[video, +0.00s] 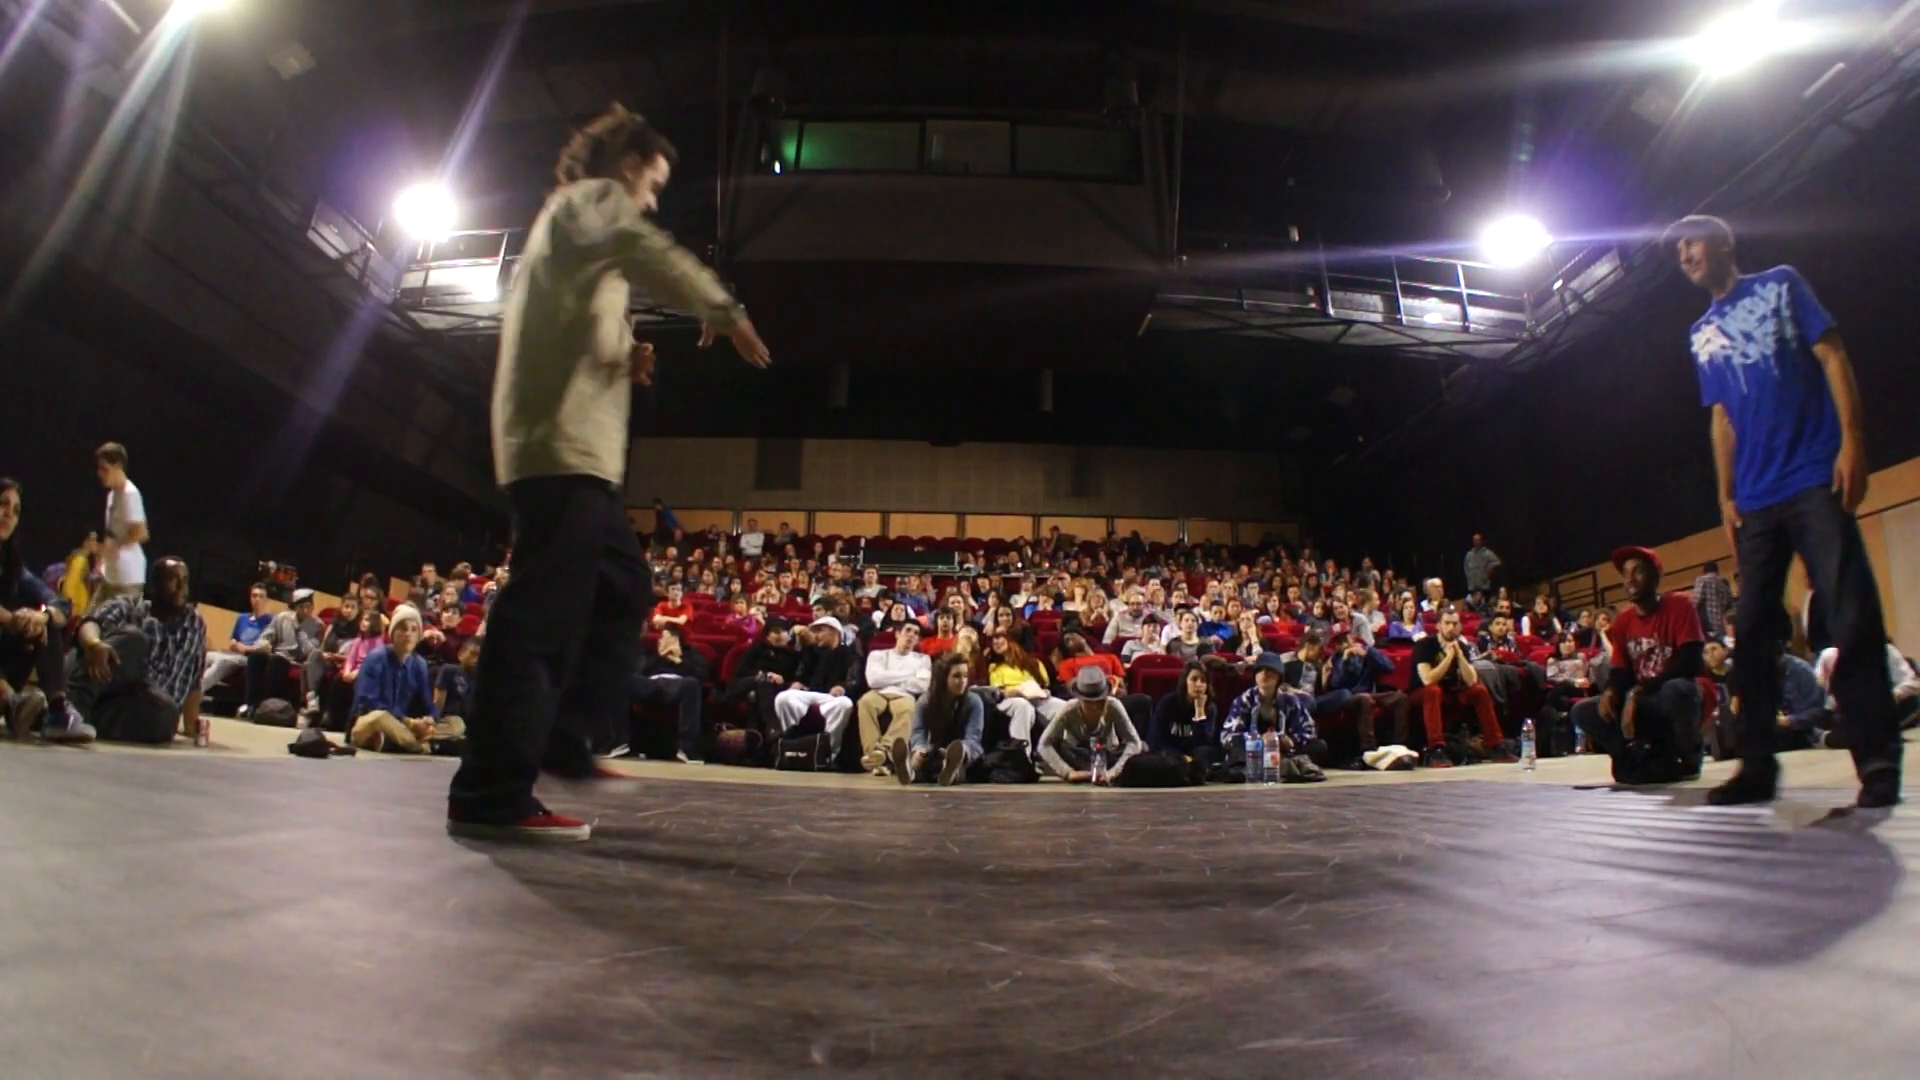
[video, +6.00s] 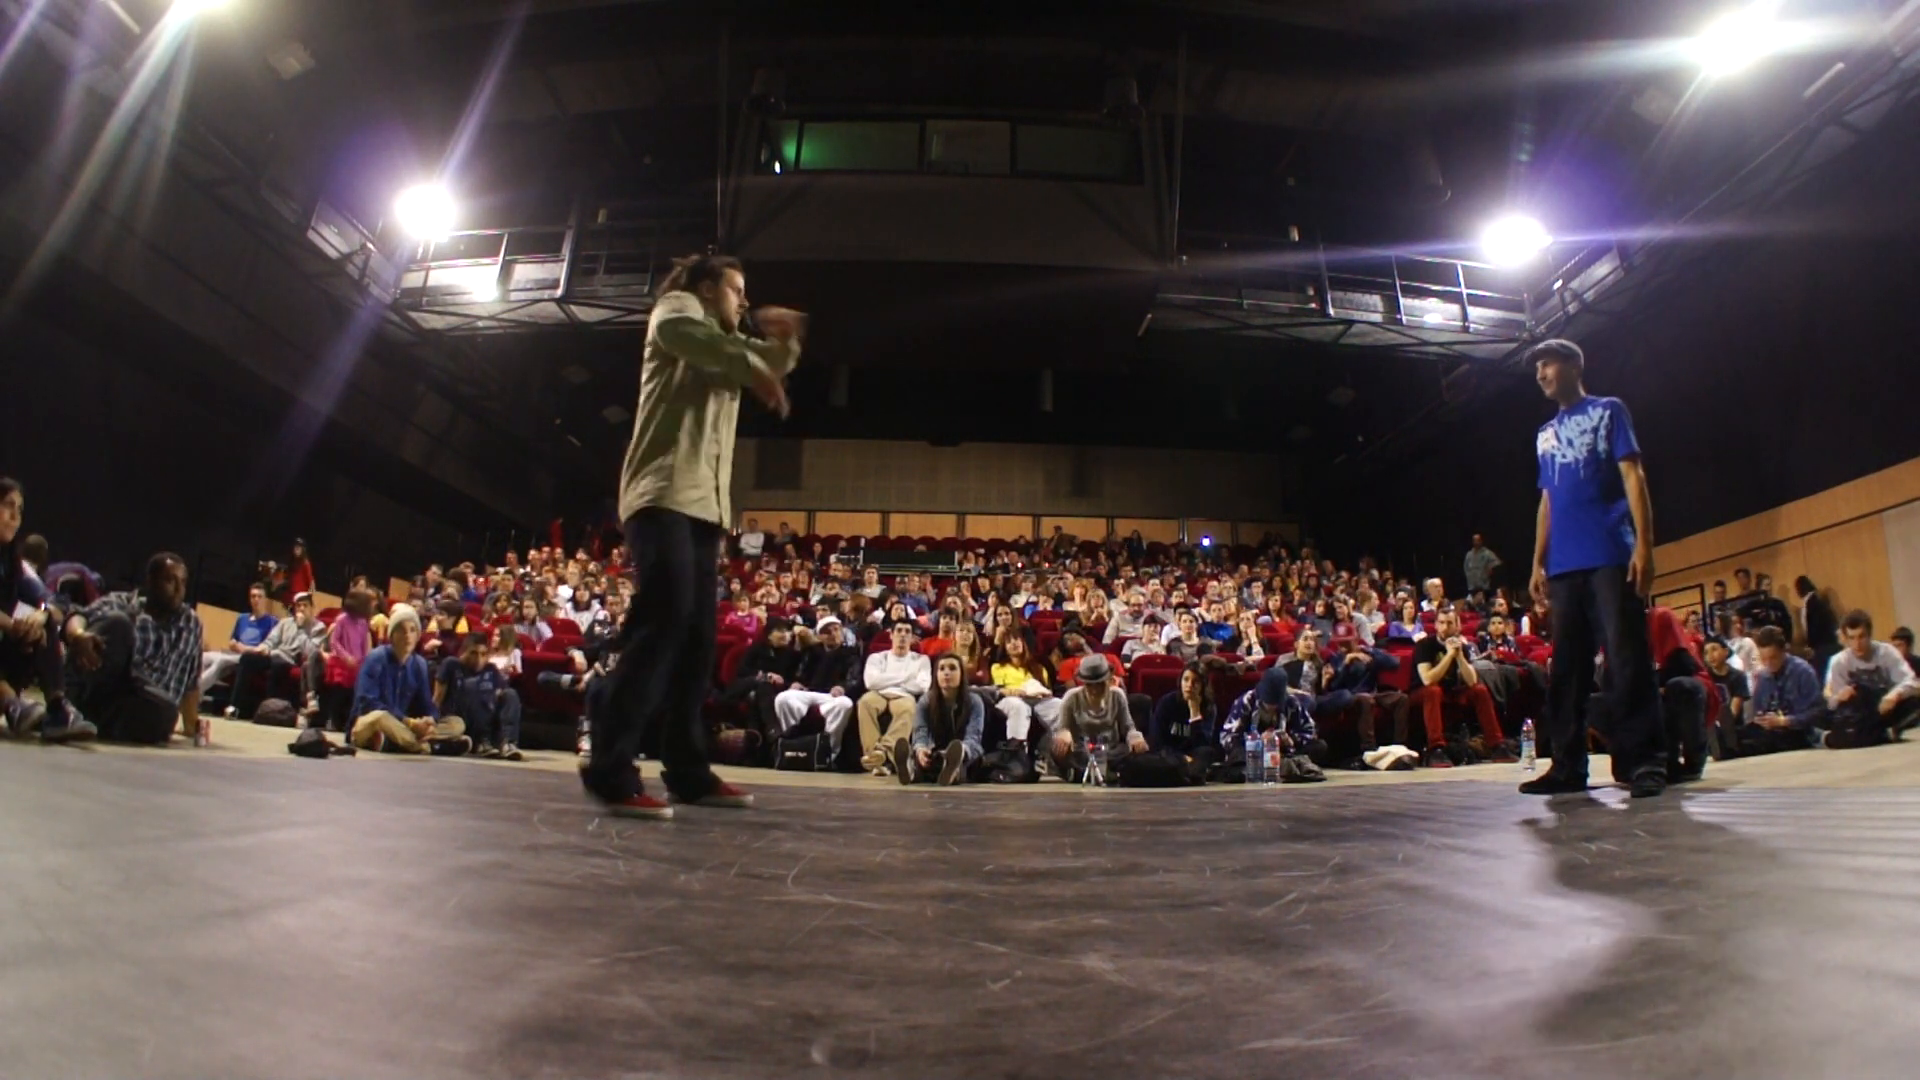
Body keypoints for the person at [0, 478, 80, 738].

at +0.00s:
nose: (7, 514)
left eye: (14, 509)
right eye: (3, 506)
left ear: (19, 517)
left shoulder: (12, 565)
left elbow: (60, 606)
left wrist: (43, 614)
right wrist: (11, 619)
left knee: (46, 623)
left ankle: (58, 708)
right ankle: (10, 703)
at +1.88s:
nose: (14, 519)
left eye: (19, 513)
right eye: (9, 508)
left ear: (21, 519)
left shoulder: (12, 557)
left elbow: (51, 603)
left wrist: (40, 611)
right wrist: (11, 621)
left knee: (41, 623)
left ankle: (53, 704)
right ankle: (9, 701)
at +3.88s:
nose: (13, 517)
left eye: (17, 510)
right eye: (7, 507)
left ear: (21, 515)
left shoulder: (14, 570)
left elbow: (58, 605)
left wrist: (41, 613)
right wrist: (12, 624)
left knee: (43, 624)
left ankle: (57, 706)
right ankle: (11, 702)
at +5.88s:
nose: (14, 516)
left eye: (18, 509)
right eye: (8, 506)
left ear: (21, 517)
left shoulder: (11, 562)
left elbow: (53, 609)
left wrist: (42, 614)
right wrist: (13, 625)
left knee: (44, 628)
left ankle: (58, 708)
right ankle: (11, 704)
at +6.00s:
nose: (14, 516)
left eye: (18, 509)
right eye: (8, 506)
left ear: (21, 517)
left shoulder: (12, 560)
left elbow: (50, 607)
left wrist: (42, 614)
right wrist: (12, 624)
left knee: (45, 626)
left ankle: (58, 708)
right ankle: (12, 704)